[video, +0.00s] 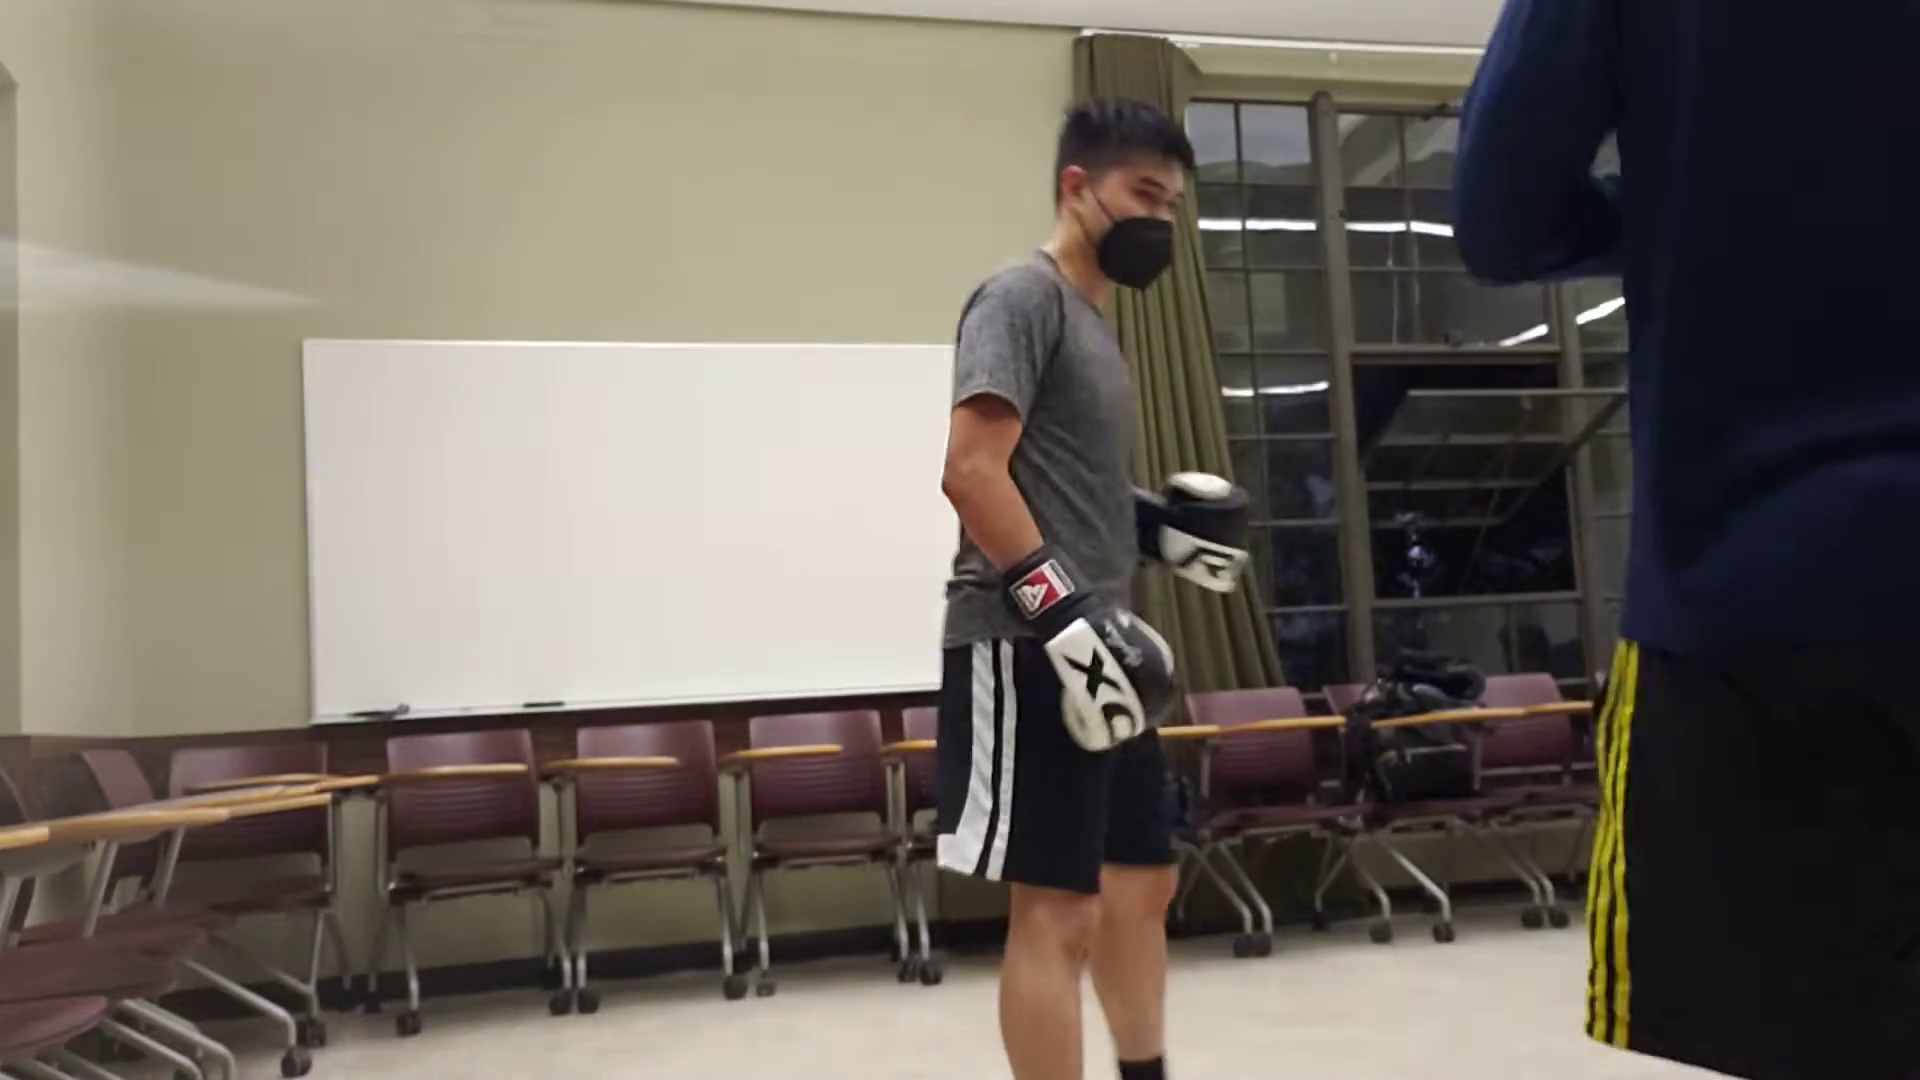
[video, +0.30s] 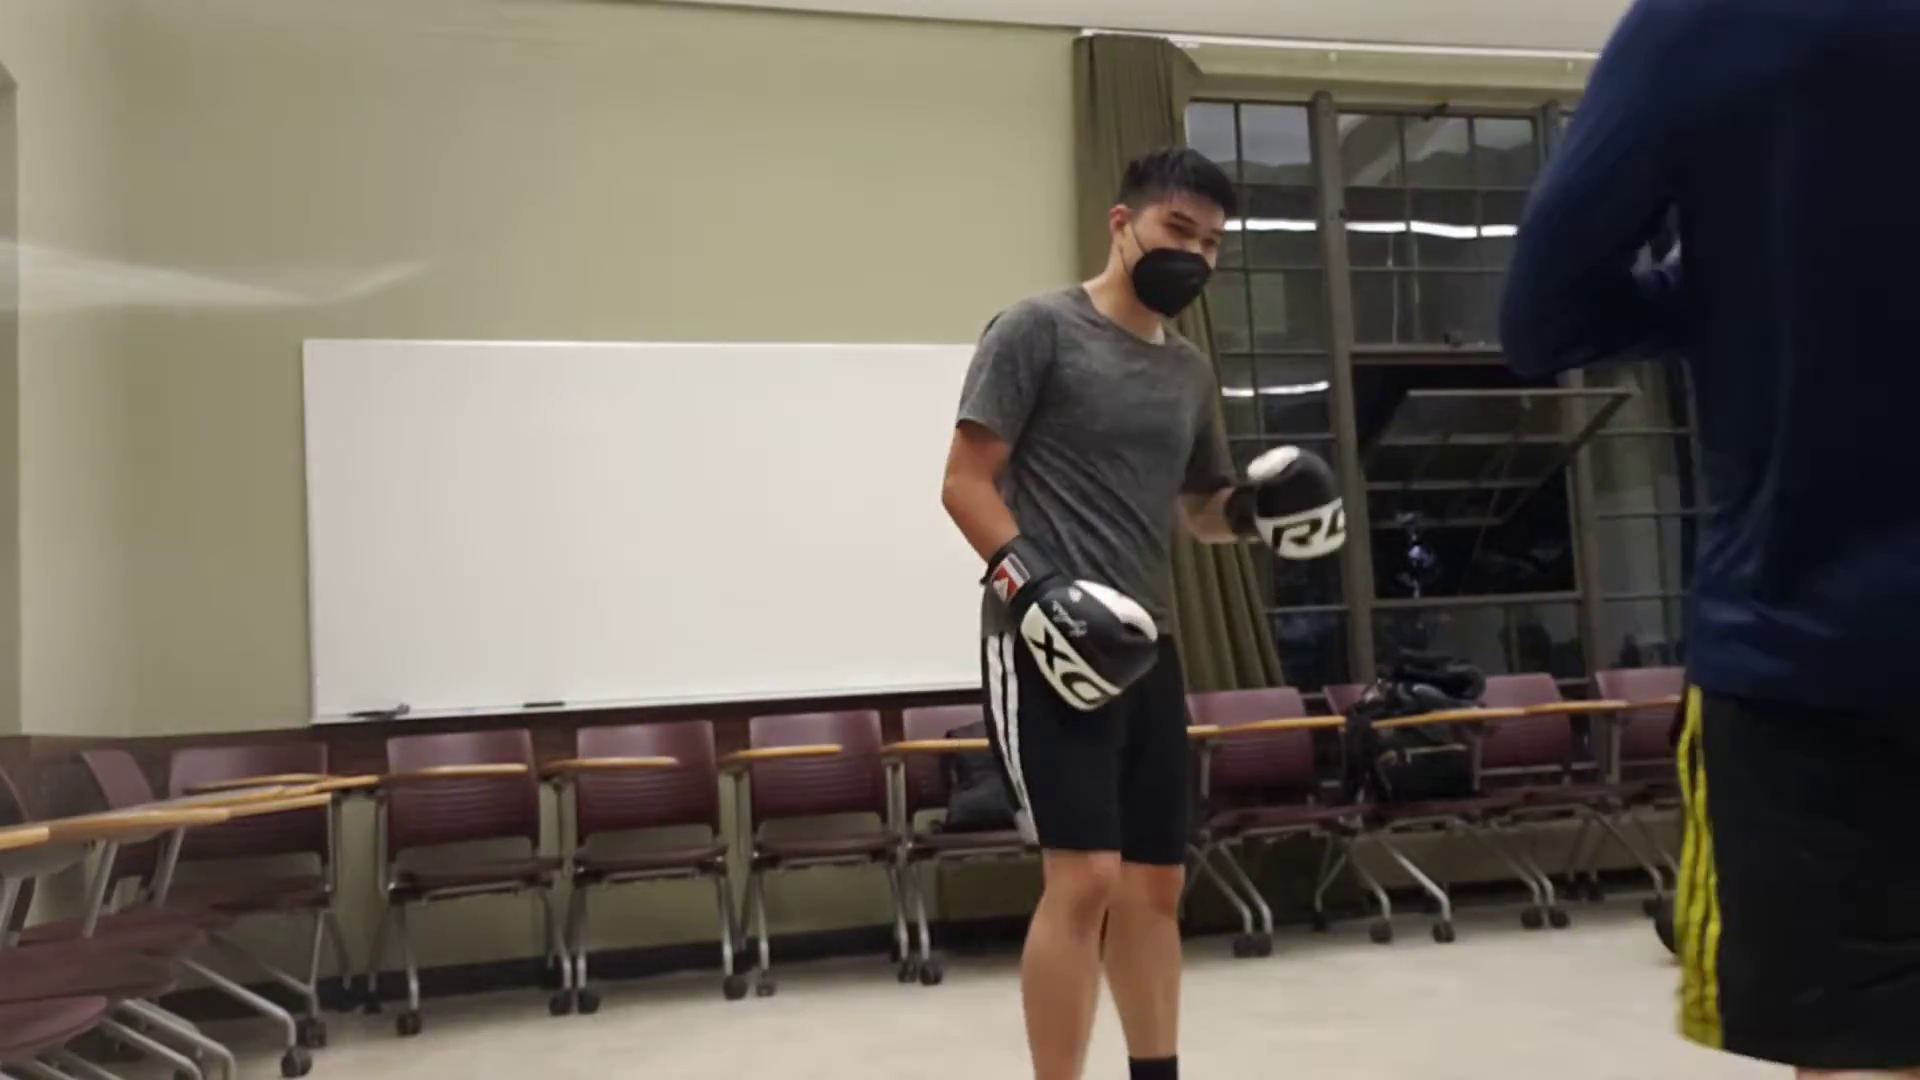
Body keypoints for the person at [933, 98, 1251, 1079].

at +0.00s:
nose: (1161, 219)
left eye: (1171, 203)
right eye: (1144, 192)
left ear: (1171, 209)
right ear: (1076, 186)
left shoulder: (1090, 321)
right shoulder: (1022, 297)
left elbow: (1057, 492)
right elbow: (970, 472)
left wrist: (1150, 521)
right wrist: (1061, 616)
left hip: (1099, 638)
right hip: (1025, 644)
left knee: (1139, 878)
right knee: (1054, 912)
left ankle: (1145, 1076)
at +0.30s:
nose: (1193, 252)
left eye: (1209, 241)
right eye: (1177, 228)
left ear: (1217, 256)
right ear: (1122, 223)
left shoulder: (1187, 365)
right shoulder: (1037, 328)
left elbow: (1200, 511)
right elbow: (965, 482)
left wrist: (1260, 506)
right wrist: (1033, 591)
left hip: (1147, 647)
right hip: (1051, 641)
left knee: (1154, 885)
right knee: (1083, 878)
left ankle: (1156, 1074)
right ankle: (1057, 1079)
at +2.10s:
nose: (1164, 333)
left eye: (1170, 319)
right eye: (1150, 316)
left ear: (1129, 320)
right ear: (1097, 313)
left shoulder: (1099, 405)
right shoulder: (1064, 395)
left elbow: (1070, 527)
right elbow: (1020, 500)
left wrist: (1143, 590)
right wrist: (1117, 515)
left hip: (1089, 651)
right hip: (1076, 654)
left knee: (1068, 852)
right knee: (1127, 861)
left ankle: (1037, 1033)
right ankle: (1146, 1067)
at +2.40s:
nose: (1168, 306)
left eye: (1171, 292)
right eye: (1156, 290)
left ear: (1106, 295)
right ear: (1100, 288)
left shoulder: (1066, 375)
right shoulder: (1082, 374)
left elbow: (1090, 509)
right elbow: (1131, 487)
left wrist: (1168, 510)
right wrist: (1237, 429)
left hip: (1072, 638)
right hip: (1092, 641)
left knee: (1079, 840)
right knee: (1127, 858)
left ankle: (998, 1009)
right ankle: (1149, 1071)